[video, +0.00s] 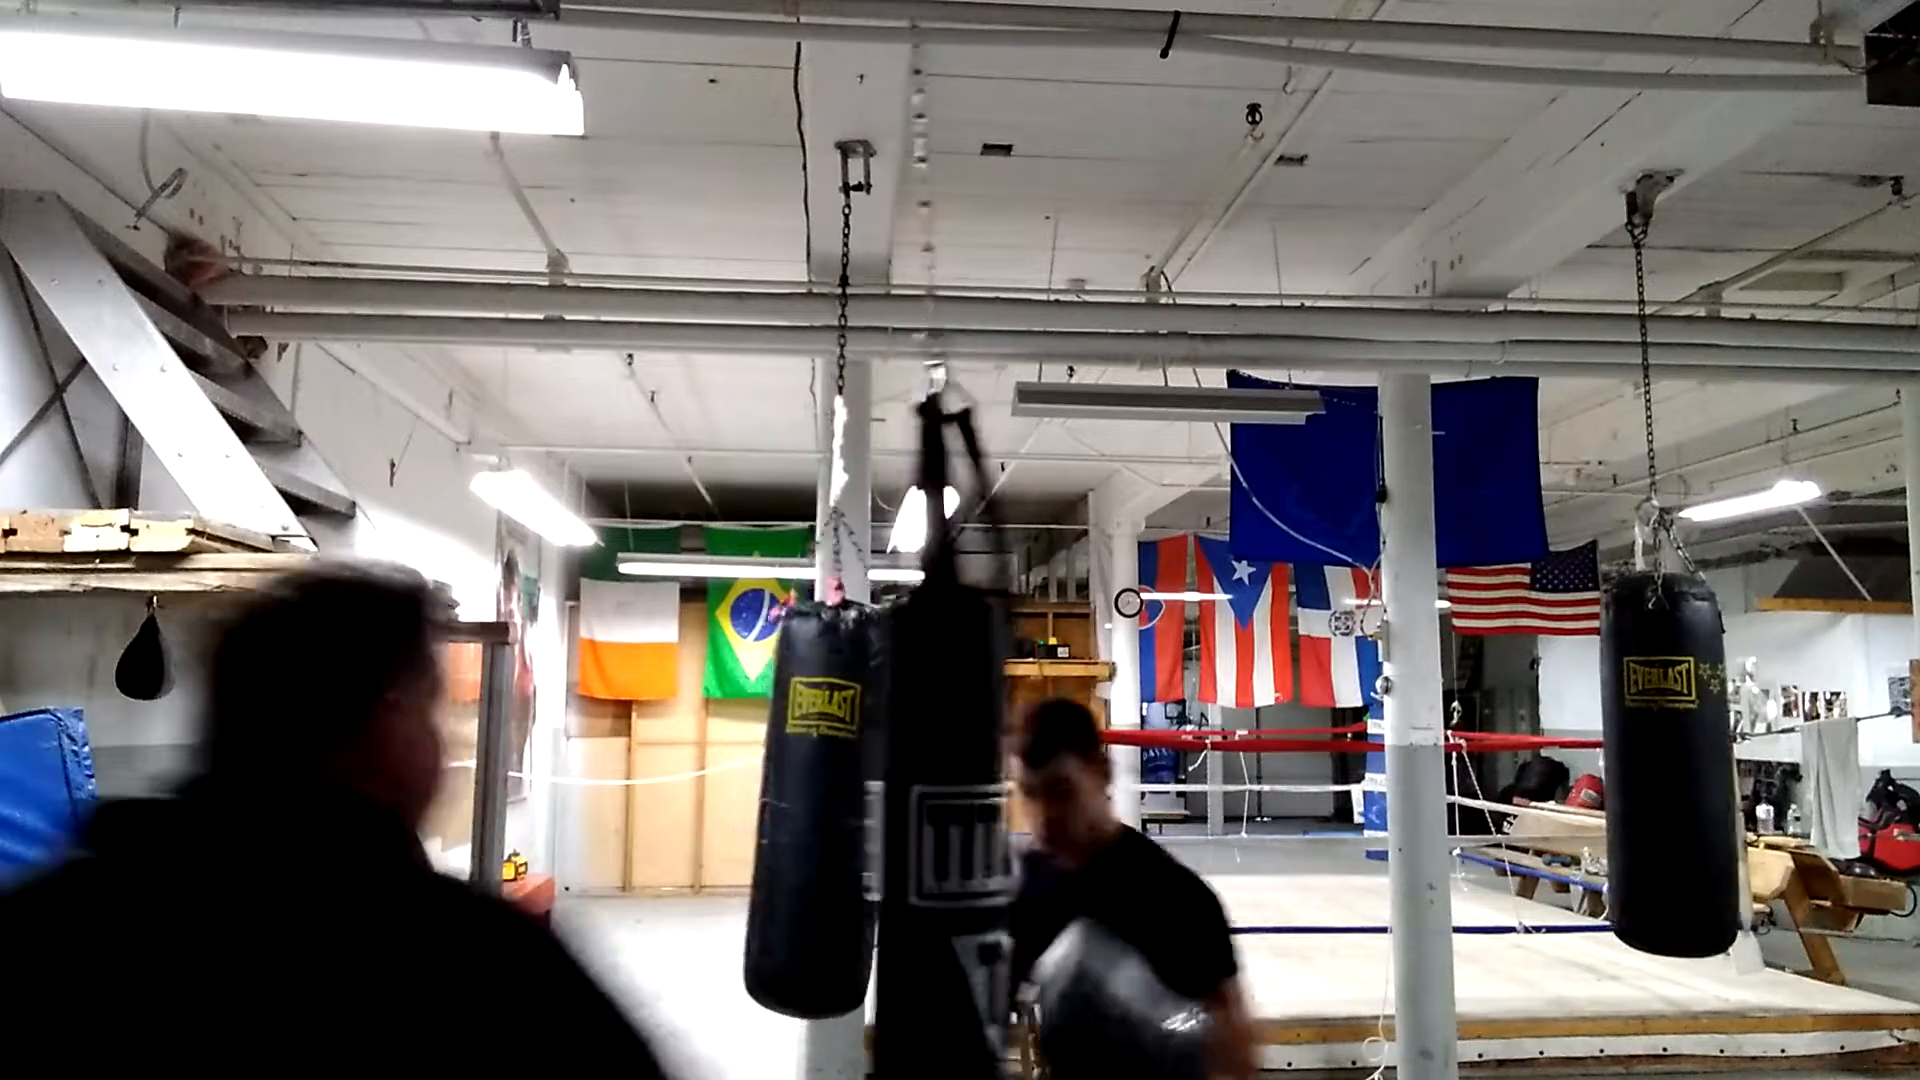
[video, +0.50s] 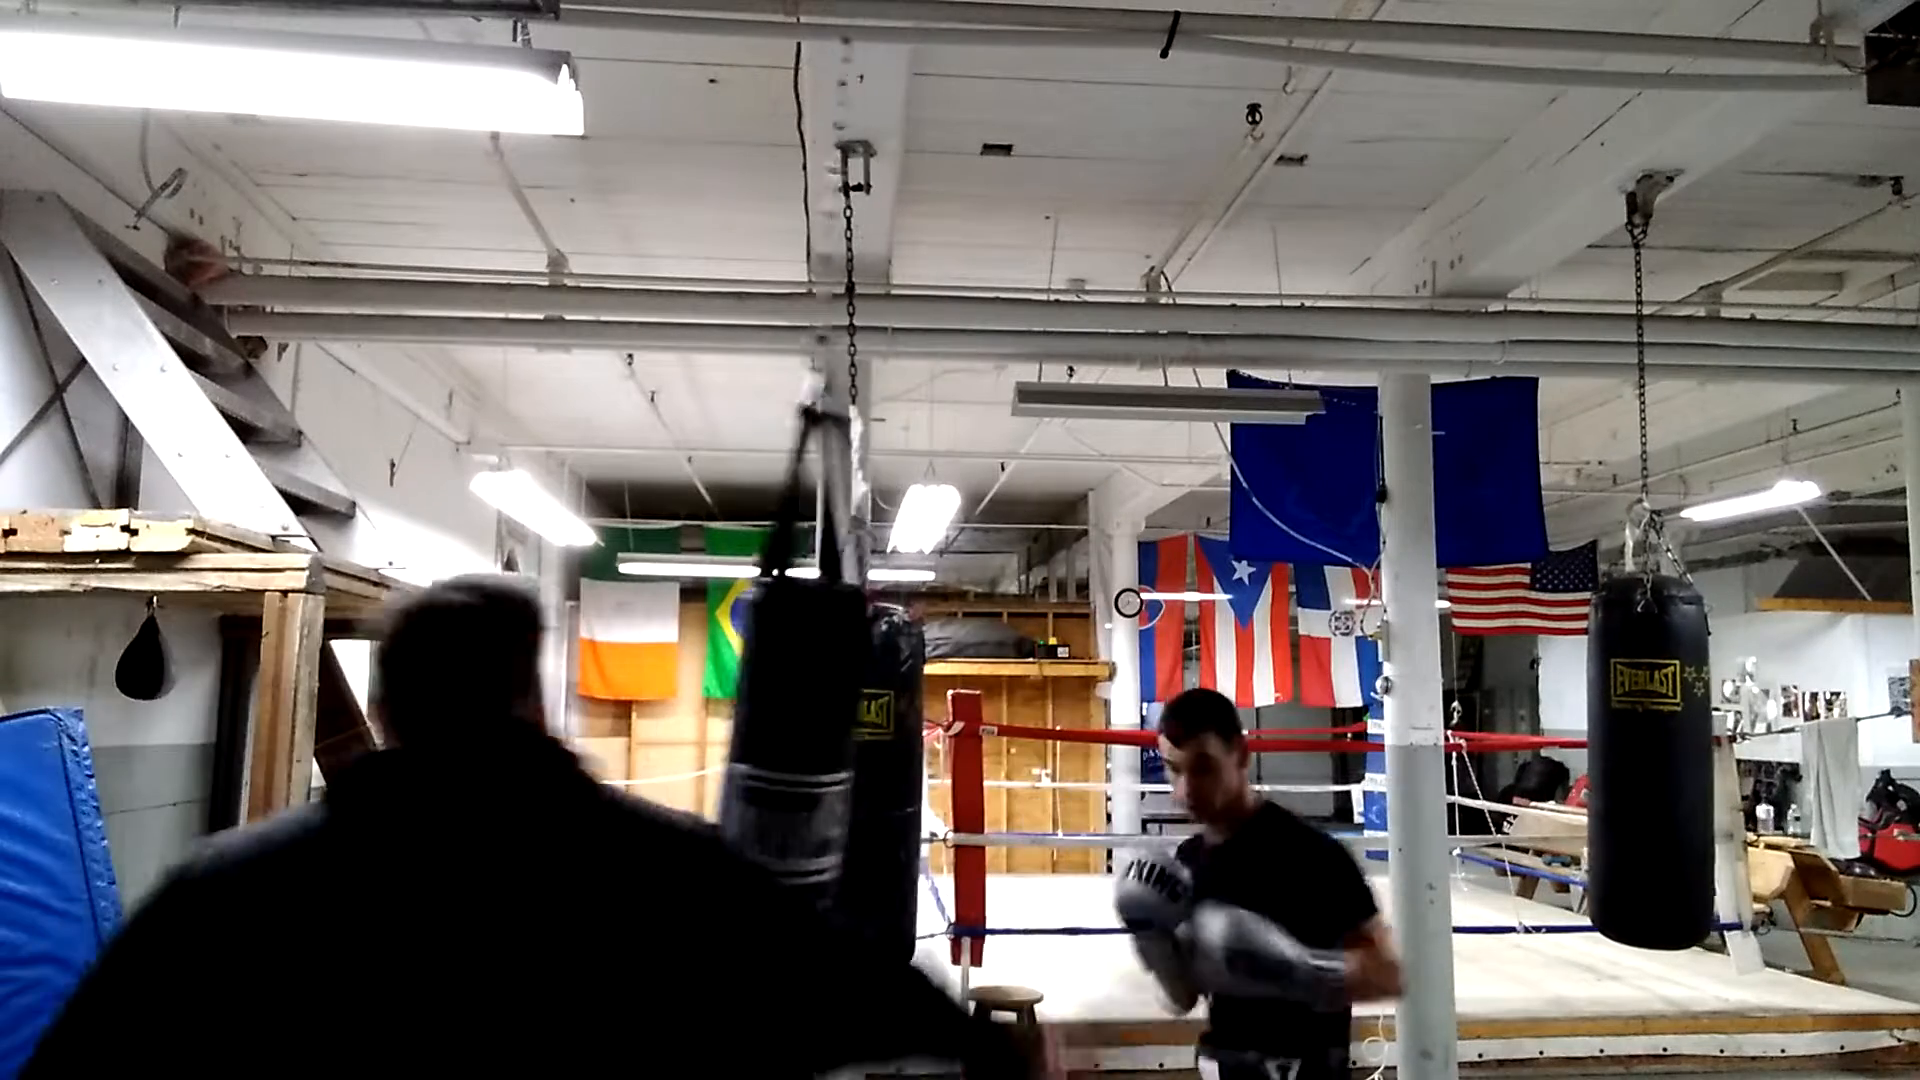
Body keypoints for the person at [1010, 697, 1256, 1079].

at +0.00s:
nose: (1045, 814)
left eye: (1060, 791)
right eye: (1031, 795)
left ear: (1103, 774)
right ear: (1020, 790)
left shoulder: (1176, 895)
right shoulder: (1035, 879)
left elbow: (1234, 1038)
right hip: (1067, 1078)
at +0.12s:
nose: (1082, 800)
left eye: (1096, 779)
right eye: (1068, 782)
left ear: (1136, 769)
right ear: (1054, 781)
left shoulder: (1204, 864)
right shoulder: (1077, 875)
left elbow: (1281, 1000)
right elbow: (1052, 1004)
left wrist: (1188, 893)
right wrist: (1029, 892)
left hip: (1217, 1076)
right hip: (1130, 1074)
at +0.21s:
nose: (1100, 765)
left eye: (1115, 743)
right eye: (1089, 747)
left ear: (1156, 734)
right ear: (1080, 747)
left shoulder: (1231, 825)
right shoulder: (1103, 840)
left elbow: (1297, 963)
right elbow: (1097, 979)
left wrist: (1209, 877)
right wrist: (1069, 865)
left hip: (1241, 1048)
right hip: (1153, 1051)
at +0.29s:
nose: (1129, 750)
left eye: (1143, 728)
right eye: (1117, 731)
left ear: (1183, 715)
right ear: (1107, 730)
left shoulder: (1253, 810)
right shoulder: (1117, 813)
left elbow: (1317, 945)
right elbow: (1129, 966)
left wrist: (1220, 871)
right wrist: (1100, 861)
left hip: (1261, 1038)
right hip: (1185, 1040)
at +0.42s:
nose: (1173, 780)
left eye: (1186, 758)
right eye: (1160, 762)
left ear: (1228, 745)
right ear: (1151, 761)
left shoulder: (1287, 839)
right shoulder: (1168, 846)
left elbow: (1358, 971)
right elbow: (1155, 985)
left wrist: (1242, 919)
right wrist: (1124, 894)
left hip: (1293, 1065)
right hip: (1211, 1060)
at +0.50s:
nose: (1186, 789)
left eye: (1203, 768)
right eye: (1175, 770)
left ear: (1242, 755)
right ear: (1165, 767)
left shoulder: (1313, 852)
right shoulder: (1192, 860)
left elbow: (1387, 972)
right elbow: (1183, 997)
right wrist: (1151, 928)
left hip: (1312, 1060)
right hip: (1230, 1056)